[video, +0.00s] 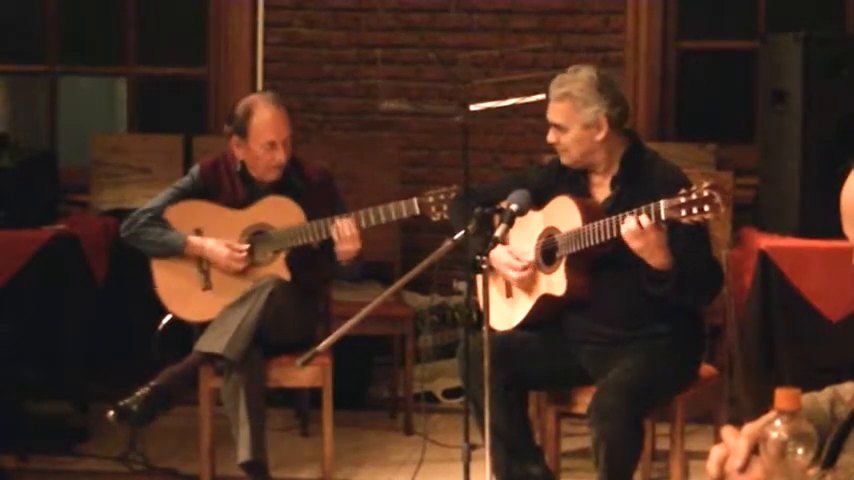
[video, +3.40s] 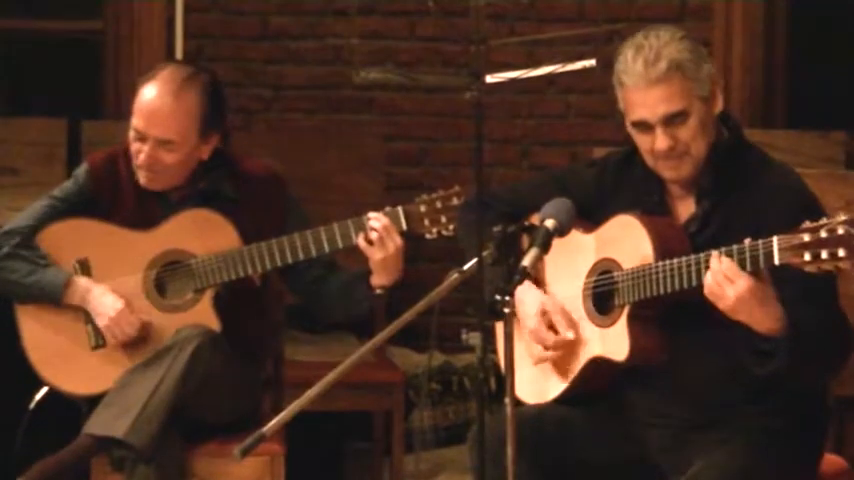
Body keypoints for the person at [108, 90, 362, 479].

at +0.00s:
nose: (281, 156)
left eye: (285, 144)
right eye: (269, 147)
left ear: (292, 138)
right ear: (238, 146)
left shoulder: (313, 181)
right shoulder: (212, 176)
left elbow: (339, 266)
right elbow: (135, 228)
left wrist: (348, 257)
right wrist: (203, 247)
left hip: (297, 314)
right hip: (228, 309)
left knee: (269, 288)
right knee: (244, 354)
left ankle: (169, 383)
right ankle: (253, 467)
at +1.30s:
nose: (260, 151)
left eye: (266, 137)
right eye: (246, 139)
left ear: (275, 131)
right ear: (208, 138)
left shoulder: (294, 190)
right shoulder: (178, 175)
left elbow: (314, 287)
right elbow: (85, 232)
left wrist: (343, 280)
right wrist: (170, 258)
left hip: (273, 342)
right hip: (190, 332)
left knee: (244, 310)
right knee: (211, 394)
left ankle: (118, 420)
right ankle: (213, 474)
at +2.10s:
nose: (196, 142)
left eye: (211, 126)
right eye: (181, 126)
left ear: (230, 125)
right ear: (158, 124)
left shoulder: (271, 188)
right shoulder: (135, 177)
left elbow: (294, 307)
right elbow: (35, 248)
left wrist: (318, 288)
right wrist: (128, 267)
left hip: (248, 363)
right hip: (153, 356)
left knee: (215, 328)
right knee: (181, 428)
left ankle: (90, 444)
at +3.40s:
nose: (142, 155)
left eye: (163, 145)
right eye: (136, 136)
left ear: (207, 147)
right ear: (129, 120)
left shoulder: (255, 192)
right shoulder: (105, 177)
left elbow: (315, 301)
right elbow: (5, 253)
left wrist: (379, 282)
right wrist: (86, 294)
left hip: (227, 385)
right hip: (113, 373)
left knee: (194, 345)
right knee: (149, 445)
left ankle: (70, 459)